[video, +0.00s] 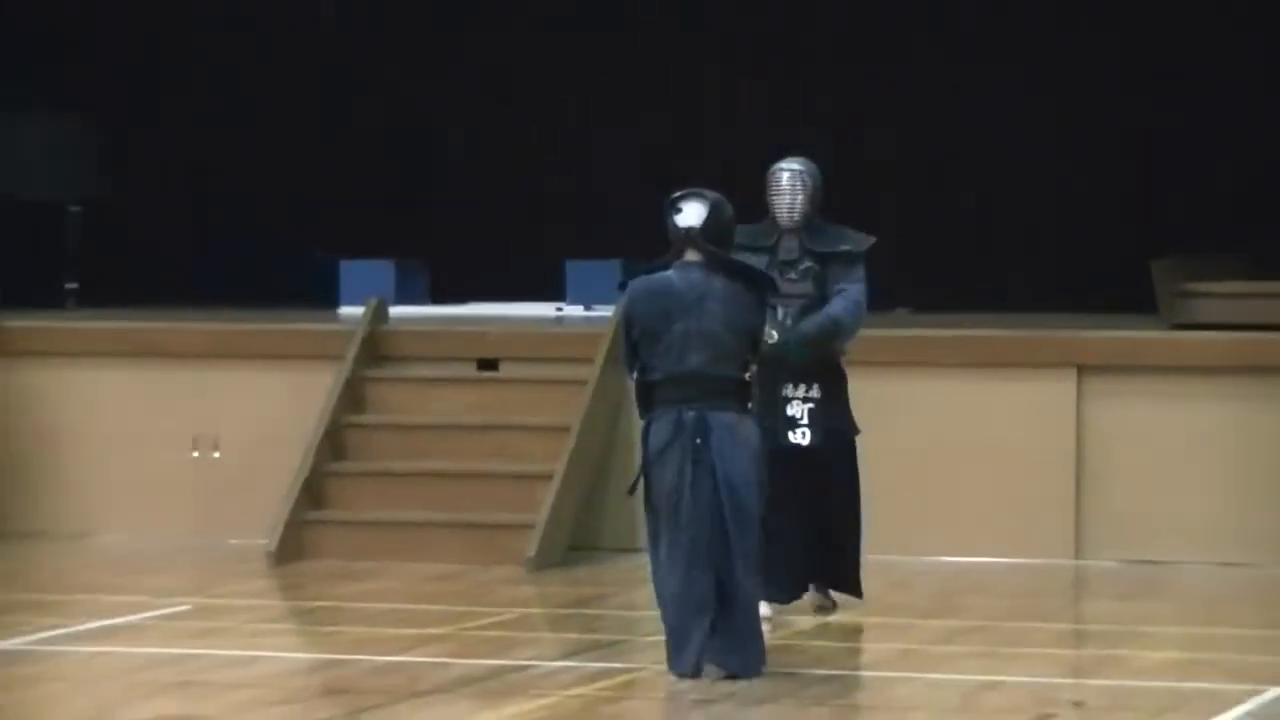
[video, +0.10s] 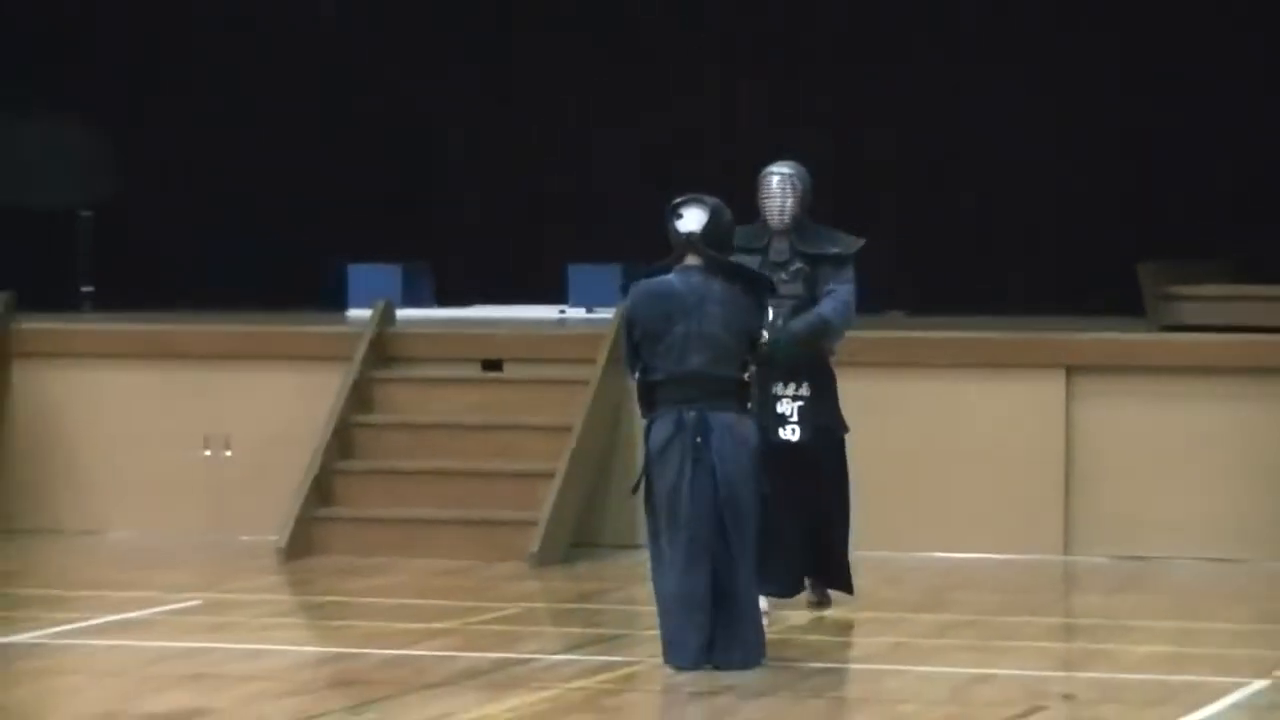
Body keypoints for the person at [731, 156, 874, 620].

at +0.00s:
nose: (787, 200)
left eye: (796, 190)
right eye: (780, 190)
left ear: (813, 195)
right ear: (768, 194)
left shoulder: (840, 249)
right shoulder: (743, 247)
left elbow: (850, 307)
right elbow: (724, 302)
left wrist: (795, 343)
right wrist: (757, 339)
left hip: (818, 379)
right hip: (761, 379)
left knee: (822, 479)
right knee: (767, 480)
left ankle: (820, 580)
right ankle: (769, 588)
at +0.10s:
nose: (778, 203)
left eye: (787, 194)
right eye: (771, 194)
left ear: (803, 198)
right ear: (759, 198)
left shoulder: (830, 250)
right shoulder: (737, 248)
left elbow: (839, 307)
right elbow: (718, 304)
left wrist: (786, 341)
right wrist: (750, 340)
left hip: (807, 377)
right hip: (751, 378)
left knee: (816, 477)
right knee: (757, 479)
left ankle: (818, 577)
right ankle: (759, 586)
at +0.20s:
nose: (771, 206)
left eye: (779, 197)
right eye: (764, 197)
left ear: (795, 203)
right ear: (752, 201)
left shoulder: (820, 255)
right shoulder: (733, 253)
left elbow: (830, 311)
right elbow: (715, 306)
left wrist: (779, 343)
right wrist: (745, 342)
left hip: (798, 379)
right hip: (745, 378)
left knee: (808, 478)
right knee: (753, 480)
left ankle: (811, 572)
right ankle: (756, 581)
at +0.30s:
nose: (768, 214)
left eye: (776, 204)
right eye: (760, 204)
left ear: (789, 208)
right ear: (748, 208)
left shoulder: (815, 261)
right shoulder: (729, 257)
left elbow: (821, 320)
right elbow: (710, 311)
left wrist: (771, 351)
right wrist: (742, 347)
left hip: (790, 382)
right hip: (739, 381)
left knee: (797, 478)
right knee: (750, 478)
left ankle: (805, 574)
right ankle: (760, 575)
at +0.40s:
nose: (767, 220)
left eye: (774, 211)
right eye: (760, 211)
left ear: (788, 216)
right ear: (747, 215)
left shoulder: (813, 267)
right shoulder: (728, 263)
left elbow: (819, 324)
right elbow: (708, 314)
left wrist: (768, 356)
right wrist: (736, 354)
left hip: (789, 385)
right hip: (736, 384)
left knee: (794, 483)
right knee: (744, 482)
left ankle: (800, 574)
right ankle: (745, 575)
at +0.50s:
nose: (762, 225)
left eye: (770, 216)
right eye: (755, 215)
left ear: (783, 221)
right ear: (743, 220)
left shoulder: (807, 272)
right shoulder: (726, 270)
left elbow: (816, 325)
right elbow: (705, 319)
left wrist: (771, 357)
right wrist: (735, 358)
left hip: (785, 393)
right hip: (734, 394)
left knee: (790, 492)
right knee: (739, 491)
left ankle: (800, 578)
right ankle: (740, 582)